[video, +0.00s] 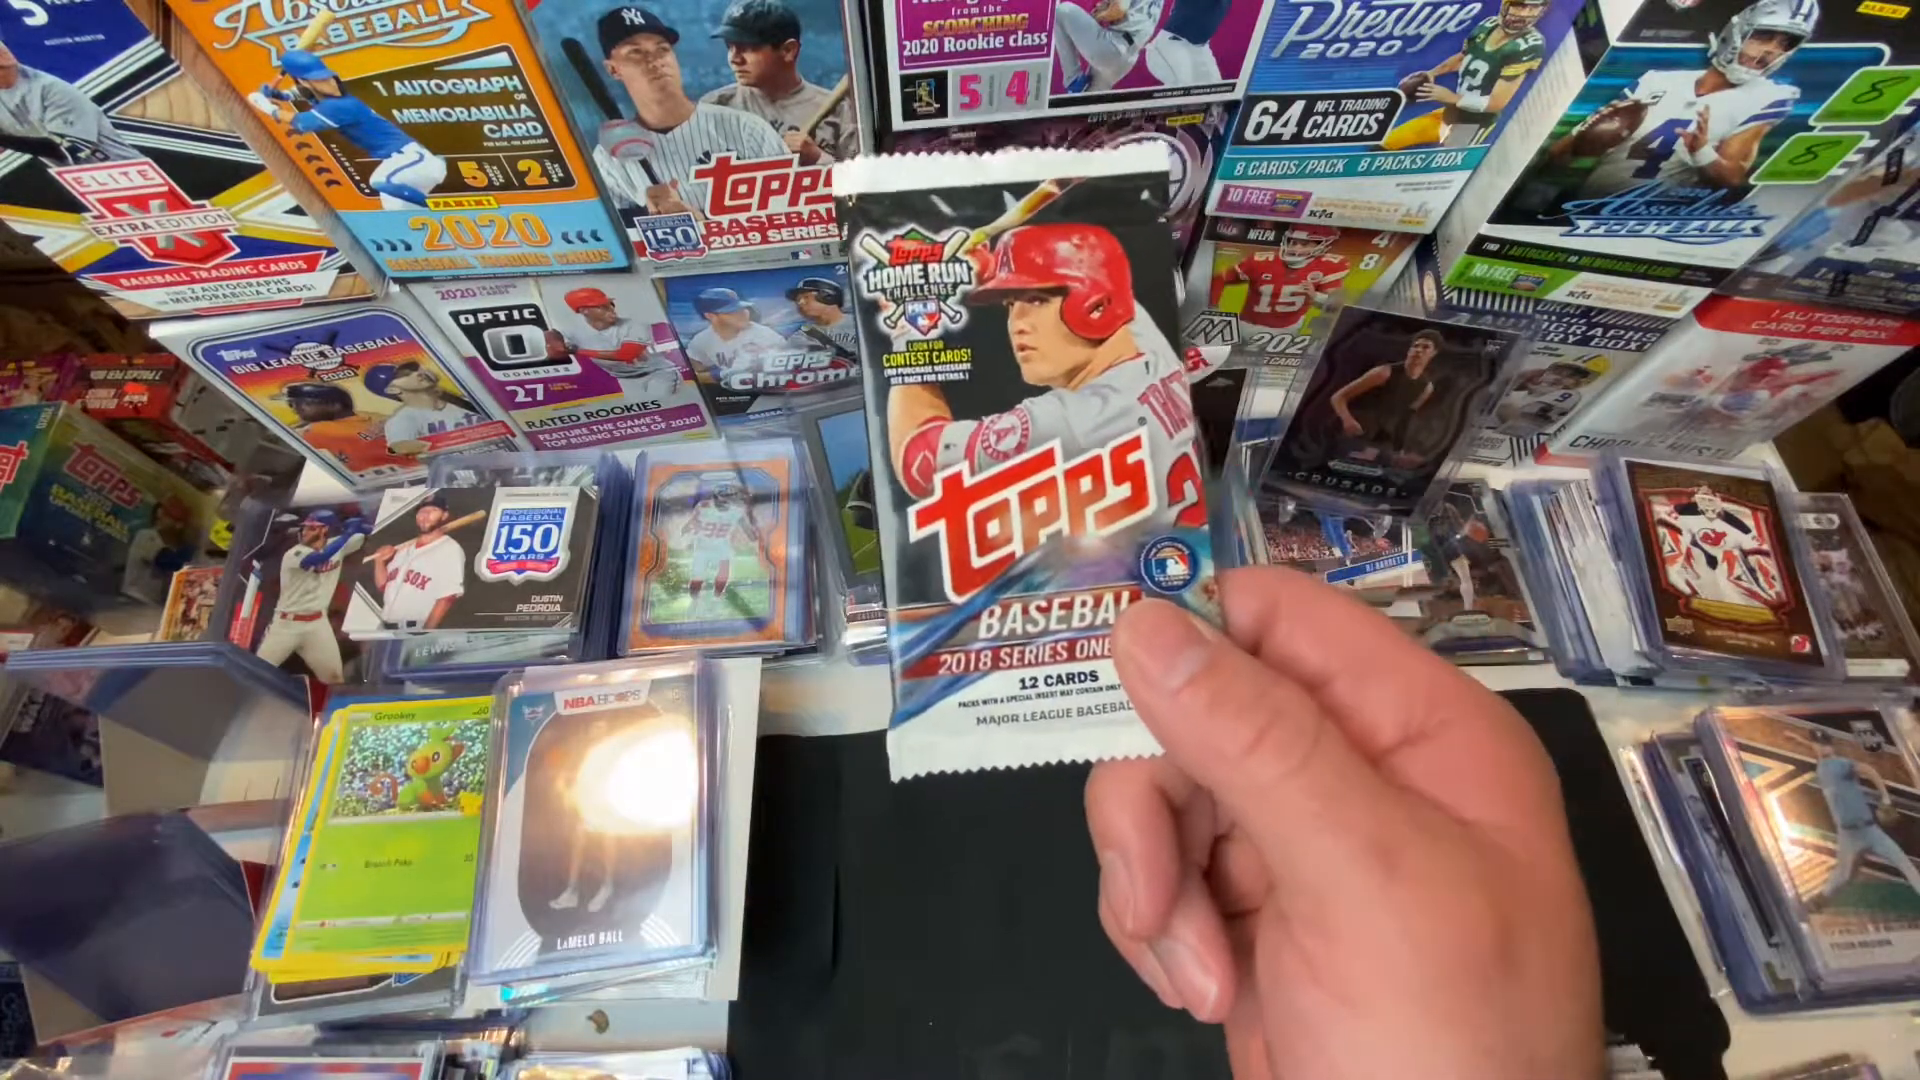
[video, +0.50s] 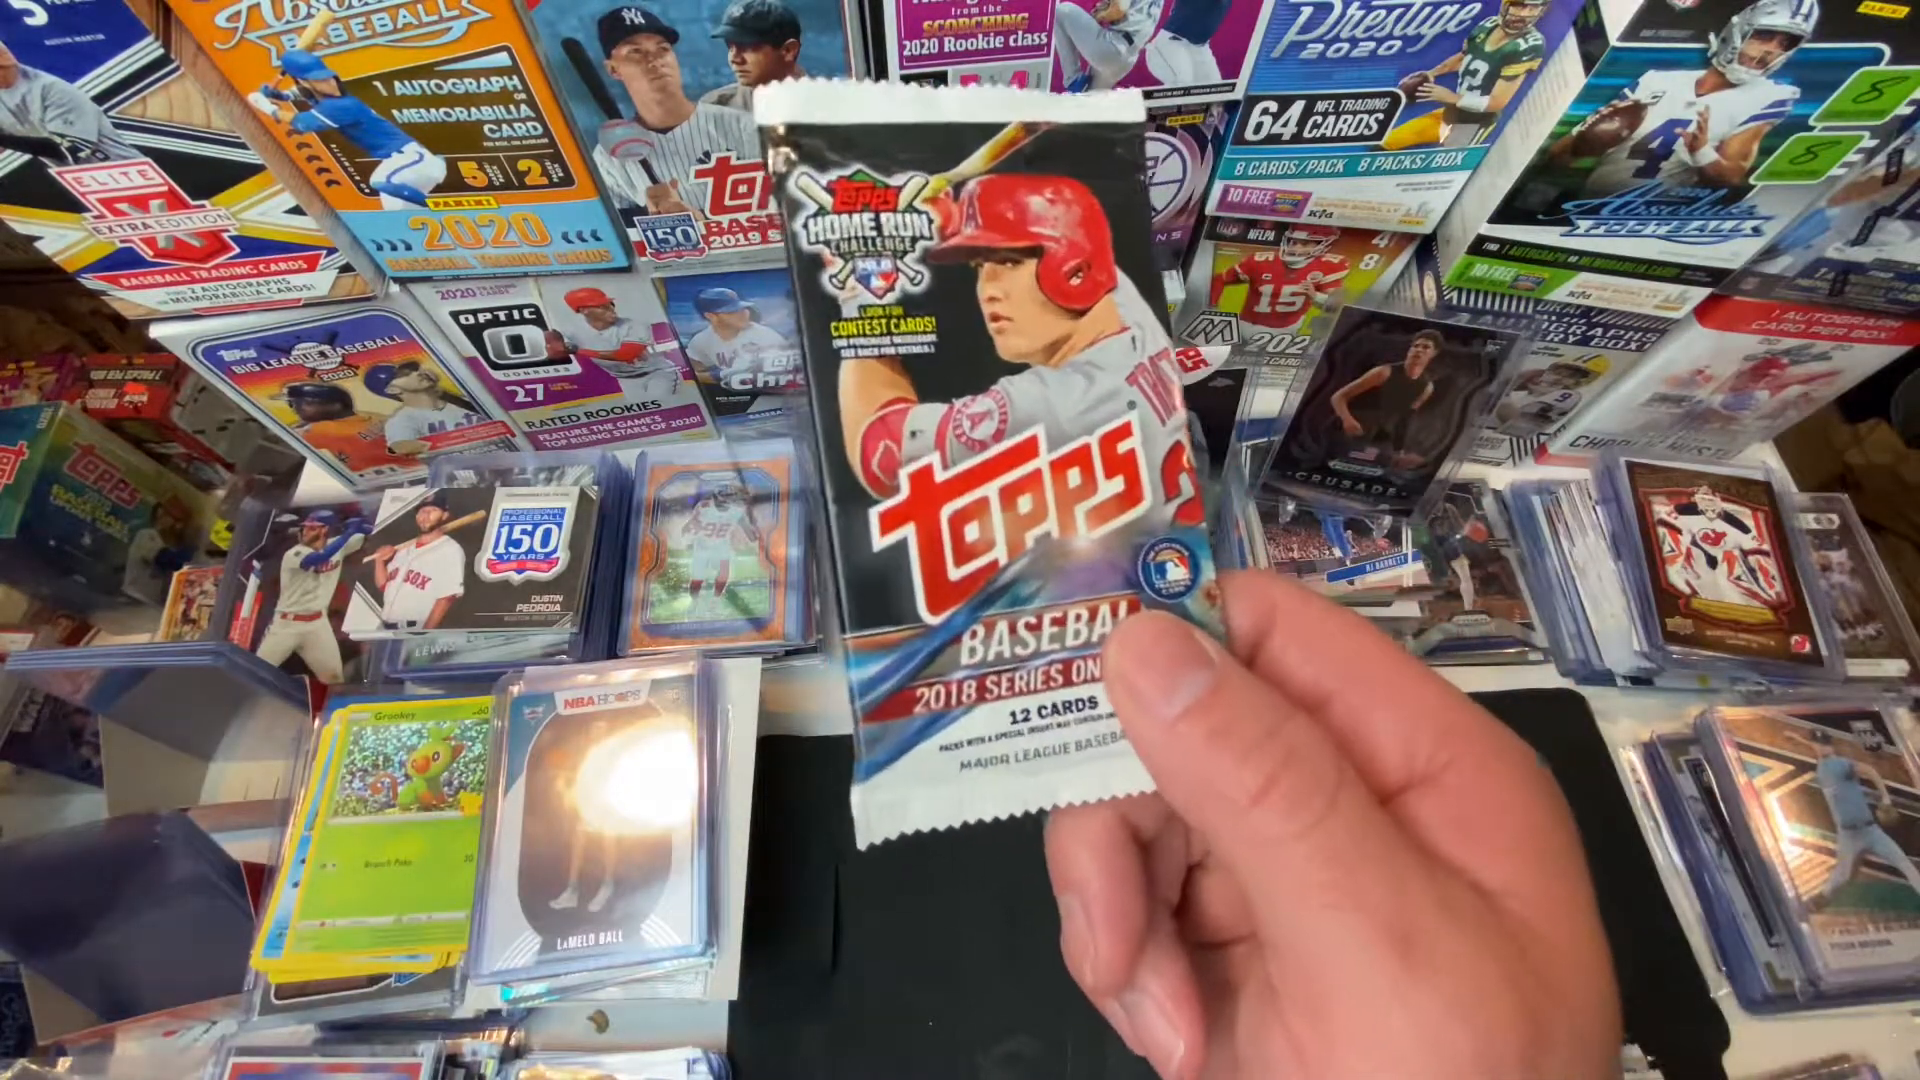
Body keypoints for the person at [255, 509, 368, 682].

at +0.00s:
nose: (303, 532)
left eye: (309, 528)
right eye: (304, 528)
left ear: (324, 531)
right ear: (303, 530)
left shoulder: (336, 549)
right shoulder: (293, 554)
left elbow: (365, 532)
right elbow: (319, 560)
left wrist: (353, 523)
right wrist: (347, 536)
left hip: (317, 625)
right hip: (284, 624)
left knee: (334, 680)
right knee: (258, 671)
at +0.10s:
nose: (303, 532)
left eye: (309, 528)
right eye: (303, 528)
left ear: (324, 531)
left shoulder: (336, 549)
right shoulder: (293, 554)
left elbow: (366, 532)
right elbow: (319, 559)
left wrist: (355, 524)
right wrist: (346, 536)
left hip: (317, 625)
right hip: (284, 624)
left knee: (334, 679)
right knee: (259, 671)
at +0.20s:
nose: (303, 532)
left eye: (309, 528)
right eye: (304, 528)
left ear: (324, 531)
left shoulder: (337, 549)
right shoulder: (293, 554)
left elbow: (366, 532)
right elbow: (319, 560)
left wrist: (354, 522)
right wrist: (346, 536)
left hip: (317, 625)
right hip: (284, 624)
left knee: (334, 679)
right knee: (258, 671)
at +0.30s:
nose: (304, 531)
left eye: (310, 528)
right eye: (304, 527)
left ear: (324, 531)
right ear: (303, 529)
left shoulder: (337, 548)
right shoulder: (293, 554)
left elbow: (366, 532)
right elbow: (317, 560)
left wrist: (355, 523)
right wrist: (348, 535)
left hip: (317, 625)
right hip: (285, 624)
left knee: (334, 678)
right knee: (258, 671)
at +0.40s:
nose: (304, 531)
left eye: (310, 528)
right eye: (304, 527)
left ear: (324, 531)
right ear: (303, 529)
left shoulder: (337, 549)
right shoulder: (293, 554)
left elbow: (365, 532)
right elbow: (318, 560)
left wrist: (356, 523)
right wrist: (347, 536)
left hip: (317, 625)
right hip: (285, 625)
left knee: (334, 679)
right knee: (258, 671)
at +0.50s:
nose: (304, 531)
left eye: (310, 528)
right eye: (304, 527)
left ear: (324, 531)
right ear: (303, 529)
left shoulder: (337, 549)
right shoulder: (293, 554)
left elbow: (366, 532)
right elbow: (318, 560)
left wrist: (356, 523)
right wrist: (347, 535)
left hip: (317, 626)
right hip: (284, 625)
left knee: (334, 680)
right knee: (257, 672)